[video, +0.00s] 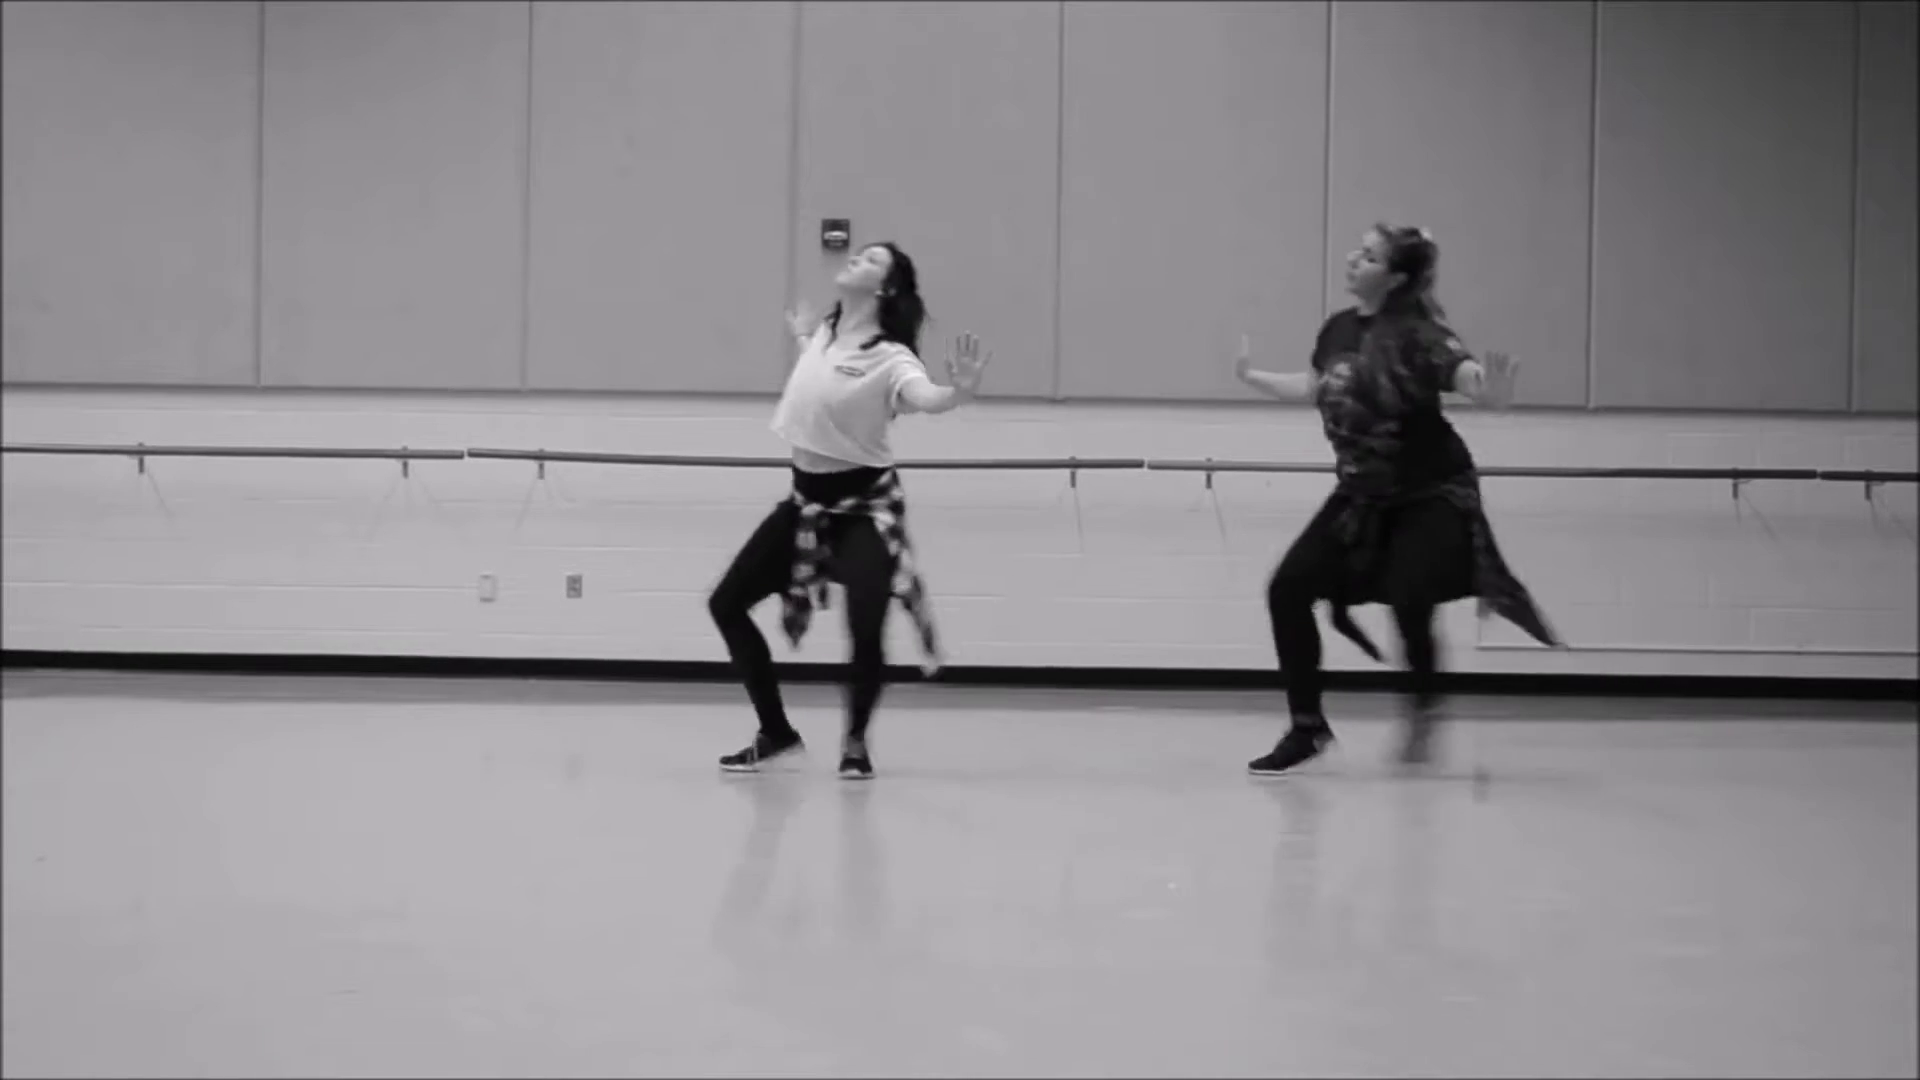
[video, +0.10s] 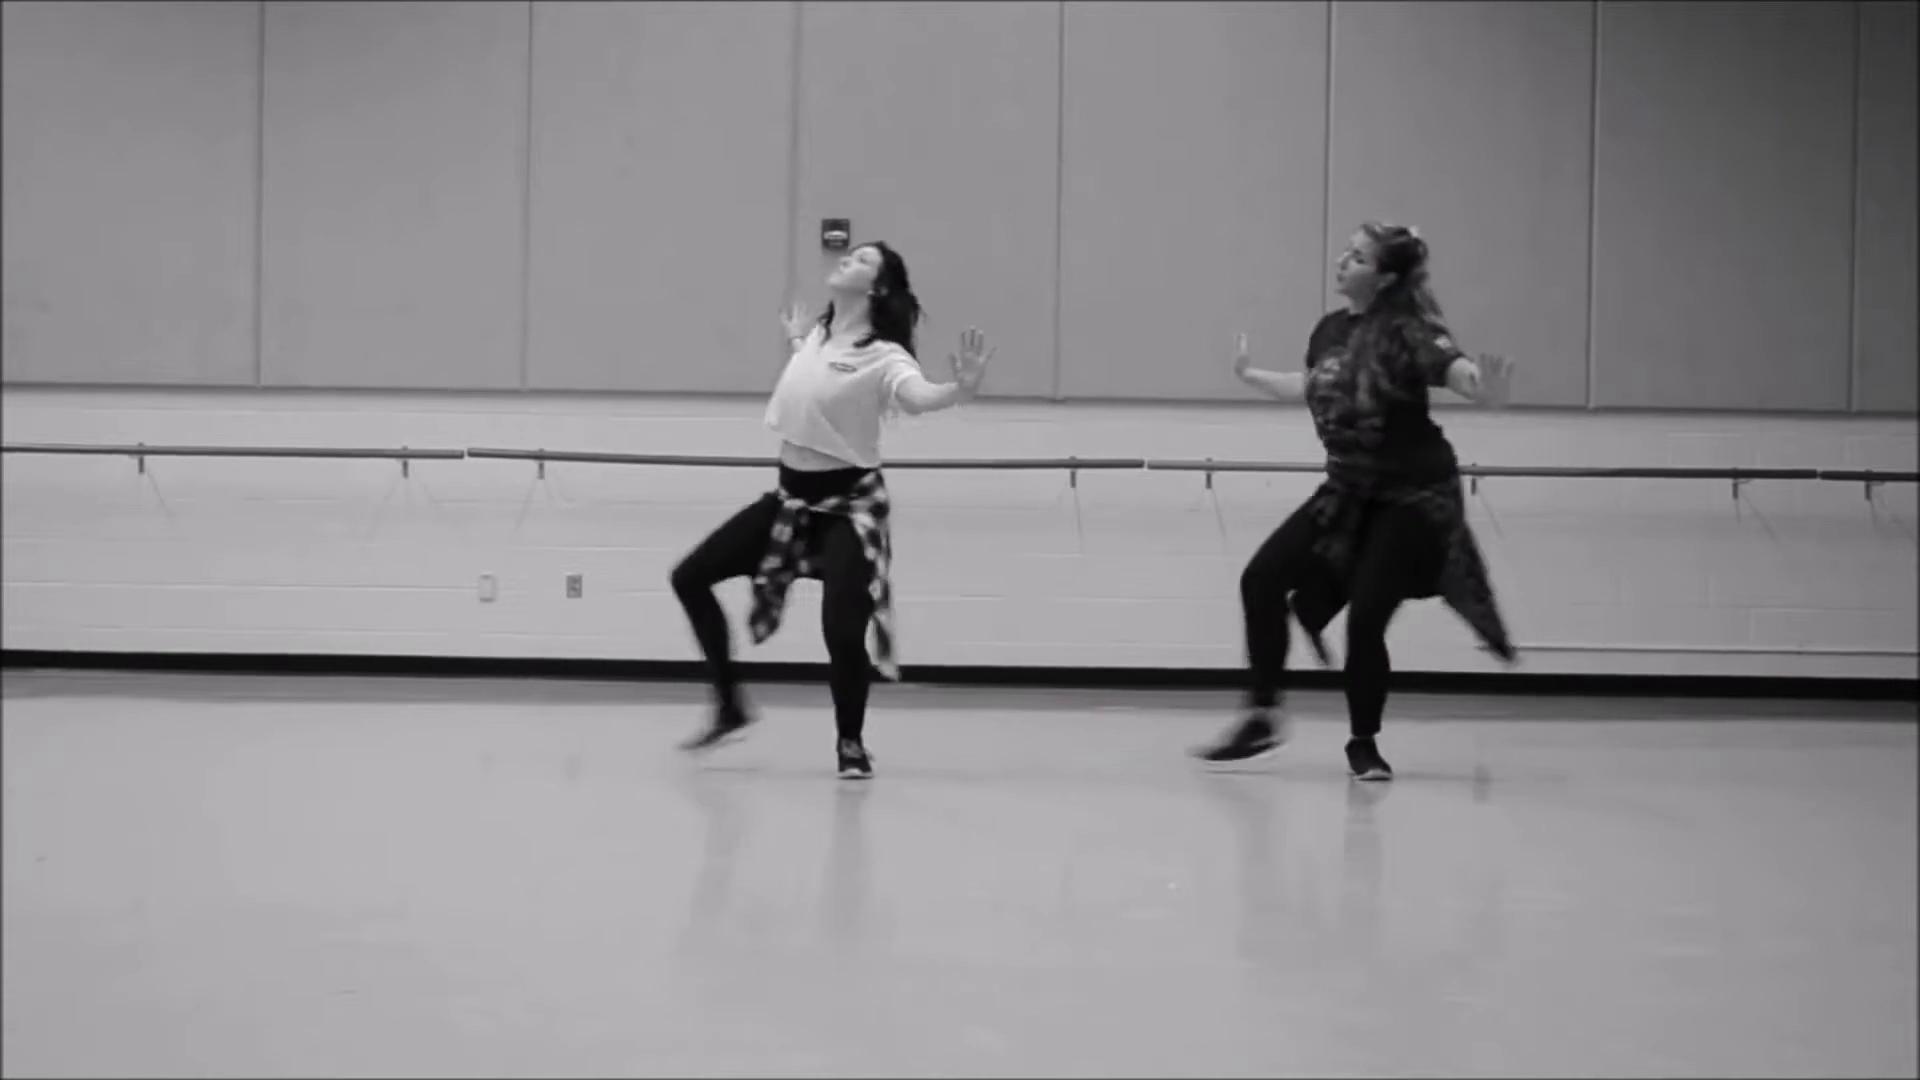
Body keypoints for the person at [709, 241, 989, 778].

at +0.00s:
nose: (852, 260)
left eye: (868, 259)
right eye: (855, 254)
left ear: (887, 289)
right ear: (844, 275)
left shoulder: (891, 356)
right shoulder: (823, 332)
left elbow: (924, 394)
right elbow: (812, 359)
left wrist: (957, 391)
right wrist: (798, 331)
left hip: (864, 508)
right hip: (805, 503)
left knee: (865, 633)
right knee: (726, 604)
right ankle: (775, 730)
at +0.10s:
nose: (845, 260)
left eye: (860, 258)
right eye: (848, 254)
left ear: (880, 288)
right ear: (838, 276)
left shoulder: (885, 355)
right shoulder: (819, 333)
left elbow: (916, 393)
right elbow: (806, 356)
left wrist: (957, 389)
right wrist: (795, 335)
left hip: (848, 508)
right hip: (789, 501)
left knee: (843, 631)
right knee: (690, 578)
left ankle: (850, 743)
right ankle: (730, 705)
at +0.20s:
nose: (837, 262)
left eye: (855, 263)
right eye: (841, 257)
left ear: (871, 295)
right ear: (830, 283)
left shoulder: (876, 362)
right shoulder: (809, 338)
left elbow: (916, 401)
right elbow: (808, 357)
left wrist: (964, 395)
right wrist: (797, 346)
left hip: (833, 510)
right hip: (773, 505)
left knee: (840, 631)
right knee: (679, 596)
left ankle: (849, 744)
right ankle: (660, 736)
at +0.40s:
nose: (837, 271)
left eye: (853, 272)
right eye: (841, 265)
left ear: (869, 303)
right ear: (831, 286)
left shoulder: (865, 368)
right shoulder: (798, 340)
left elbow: (875, 421)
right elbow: (769, 400)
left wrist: (876, 396)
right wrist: (717, 382)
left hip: (814, 510)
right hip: (752, 507)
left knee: (835, 628)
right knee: (659, 599)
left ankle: (850, 743)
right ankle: (658, 740)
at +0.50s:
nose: (837, 275)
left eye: (852, 275)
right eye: (842, 268)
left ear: (869, 304)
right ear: (833, 283)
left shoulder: (848, 361)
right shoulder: (787, 339)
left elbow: (773, 380)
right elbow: (711, 367)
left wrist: (714, 367)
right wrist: (630, 346)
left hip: (812, 507)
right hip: (752, 501)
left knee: (826, 629)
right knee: (664, 599)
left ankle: (850, 744)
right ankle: (659, 740)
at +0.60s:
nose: (796, 250)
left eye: (811, 246)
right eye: (797, 242)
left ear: (834, 267)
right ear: (792, 256)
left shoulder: (814, 315)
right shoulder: (776, 314)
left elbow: (735, 366)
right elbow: (721, 368)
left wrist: (660, 343)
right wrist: (662, 345)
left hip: (806, 485)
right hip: (757, 485)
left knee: (827, 620)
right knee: (683, 596)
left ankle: (851, 742)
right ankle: (665, 739)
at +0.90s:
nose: (756, 252)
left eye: (771, 248)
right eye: (752, 242)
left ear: (791, 265)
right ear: (739, 251)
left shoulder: (782, 311)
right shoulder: (725, 320)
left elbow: (798, 394)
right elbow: (725, 416)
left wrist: (718, 387)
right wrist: (694, 387)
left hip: (799, 478)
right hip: (744, 479)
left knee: (818, 617)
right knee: (683, 598)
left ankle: (857, 737)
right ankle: (652, 725)